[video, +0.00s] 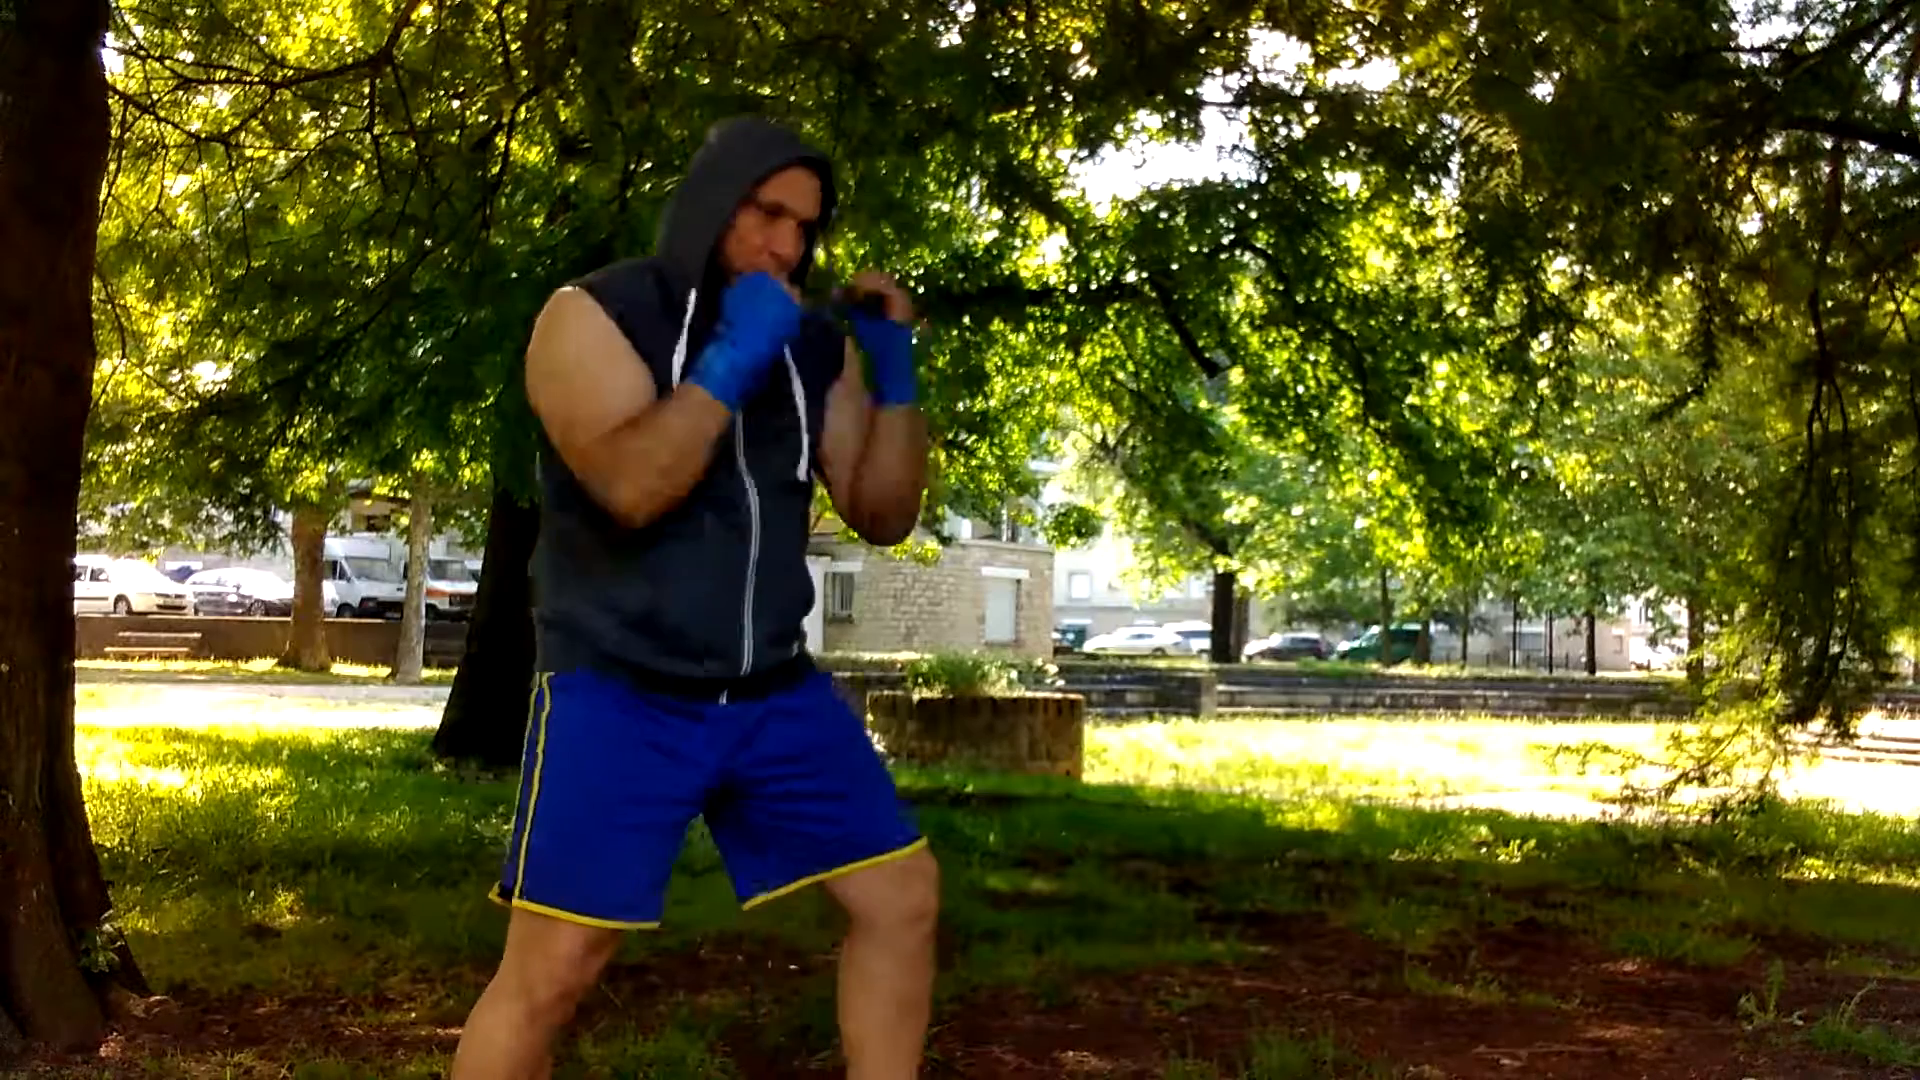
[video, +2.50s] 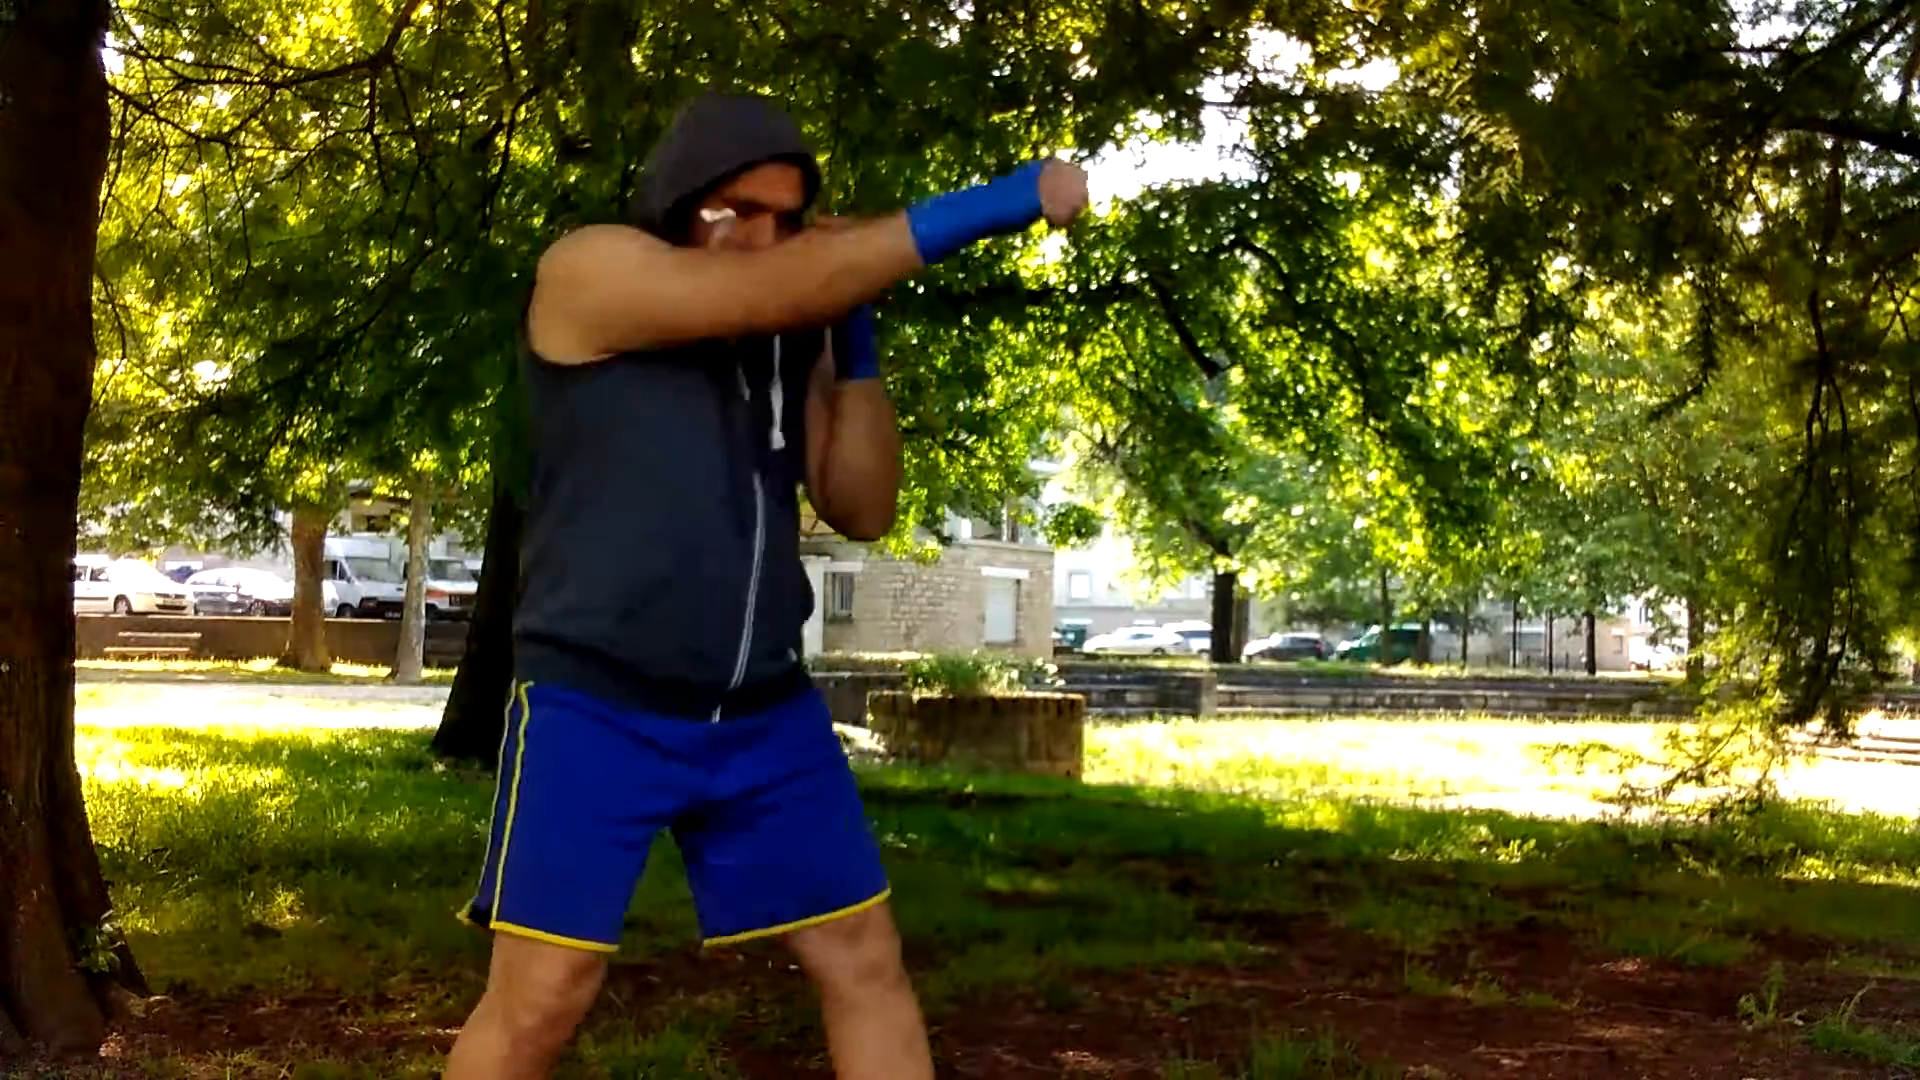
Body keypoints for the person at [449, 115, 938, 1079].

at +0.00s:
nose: (788, 247)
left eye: (804, 228)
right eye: (768, 217)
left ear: (813, 240)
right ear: (707, 207)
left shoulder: (811, 345)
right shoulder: (588, 319)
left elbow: (883, 514)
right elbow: (631, 485)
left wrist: (895, 361)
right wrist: (737, 353)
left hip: (780, 694)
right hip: (618, 698)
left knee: (900, 896)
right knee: (550, 970)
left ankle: (881, 1075)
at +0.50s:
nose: (813, 236)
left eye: (832, 217)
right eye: (793, 205)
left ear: (844, 230)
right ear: (731, 196)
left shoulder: (847, 333)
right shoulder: (620, 316)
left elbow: (927, 527)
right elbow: (633, 510)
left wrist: (953, 391)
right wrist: (804, 436)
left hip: (815, 705)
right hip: (644, 707)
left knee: (925, 935)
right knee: (563, 986)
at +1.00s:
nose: (844, 233)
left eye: (859, 212)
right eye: (820, 202)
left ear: (873, 229)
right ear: (757, 202)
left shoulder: (874, 352)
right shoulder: (636, 316)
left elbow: (915, 553)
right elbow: (631, 520)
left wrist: (947, 445)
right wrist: (820, 443)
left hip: (823, 720)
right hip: (647, 722)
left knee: (951, 945)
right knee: (550, 998)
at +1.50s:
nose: (912, 228)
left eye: (928, 208)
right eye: (890, 196)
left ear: (936, 223)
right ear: (824, 190)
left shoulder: (900, 340)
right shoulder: (695, 288)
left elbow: (940, 544)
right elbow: (714, 484)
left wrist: (999, 396)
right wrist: (894, 374)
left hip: (831, 706)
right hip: (662, 705)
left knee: (930, 953)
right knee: (566, 992)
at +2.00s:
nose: (535, 268)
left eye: (562, 239)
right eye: (509, 236)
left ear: (600, 237)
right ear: (467, 237)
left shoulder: (676, 309)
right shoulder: (424, 359)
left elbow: (889, 375)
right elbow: (430, 563)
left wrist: (726, 253)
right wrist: (549, 418)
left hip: (716, 713)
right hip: (532, 722)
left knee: (810, 991)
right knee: (475, 988)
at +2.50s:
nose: (774, 241)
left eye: (791, 221)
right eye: (750, 213)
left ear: (805, 223)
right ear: (686, 209)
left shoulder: (794, 328)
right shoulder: (586, 271)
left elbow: (862, 511)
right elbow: (785, 287)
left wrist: (856, 318)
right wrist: (998, 200)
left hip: (766, 708)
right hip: (594, 705)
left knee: (864, 957)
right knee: (540, 996)